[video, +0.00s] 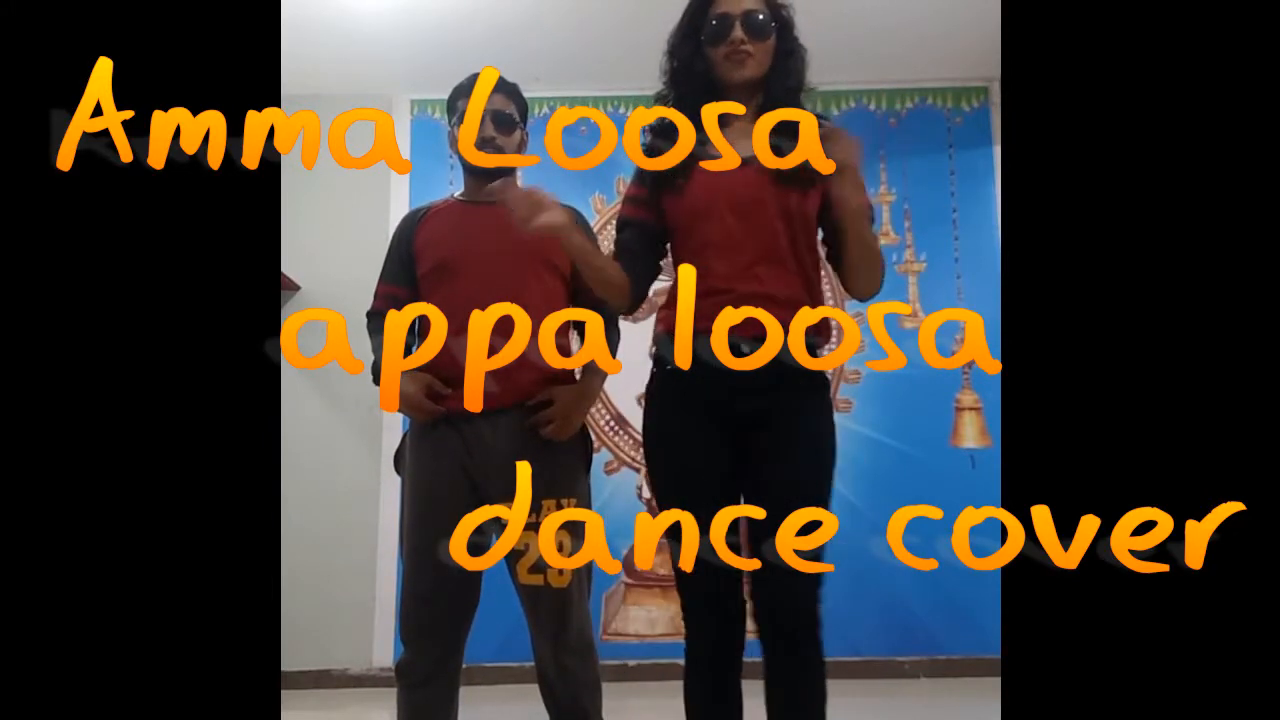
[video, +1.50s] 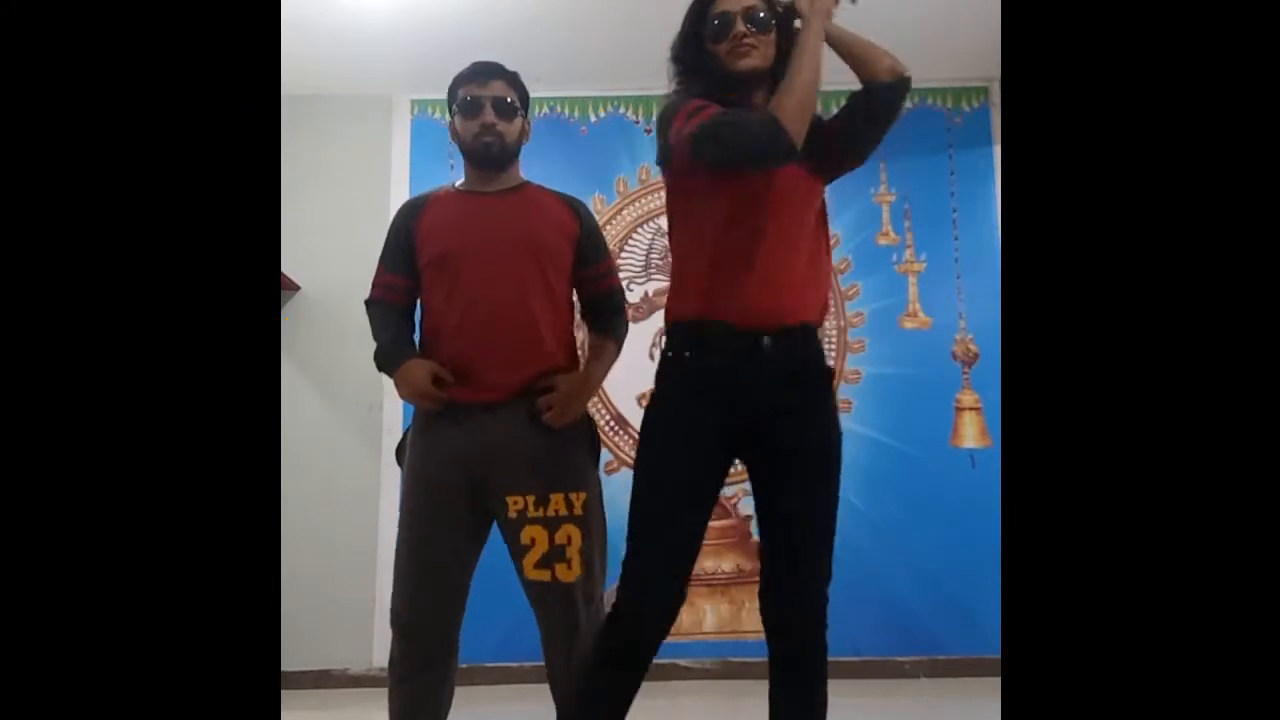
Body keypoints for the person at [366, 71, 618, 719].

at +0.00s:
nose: (490, 131)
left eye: (505, 121)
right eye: (475, 120)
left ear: (524, 137)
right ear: (453, 133)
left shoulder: (561, 222)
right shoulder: (419, 226)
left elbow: (604, 313)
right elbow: (384, 316)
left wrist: (590, 384)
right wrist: (394, 374)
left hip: (542, 437)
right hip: (442, 440)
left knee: (561, 623)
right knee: (430, 623)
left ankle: (579, 719)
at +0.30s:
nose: (490, 131)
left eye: (504, 121)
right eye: (476, 120)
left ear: (523, 137)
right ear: (453, 133)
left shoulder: (565, 222)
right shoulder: (418, 227)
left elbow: (604, 316)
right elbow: (385, 319)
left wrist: (588, 385)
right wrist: (394, 375)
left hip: (543, 439)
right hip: (442, 442)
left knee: (563, 625)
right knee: (429, 627)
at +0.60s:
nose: (490, 123)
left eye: (505, 113)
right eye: (474, 112)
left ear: (524, 129)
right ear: (452, 125)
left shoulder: (563, 215)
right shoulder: (417, 219)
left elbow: (600, 308)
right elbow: (385, 310)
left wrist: (587, 375)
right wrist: (395, 371)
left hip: (543, 432)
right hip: (441, 436)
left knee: (564, 618)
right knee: (424, 619)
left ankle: (584, 719)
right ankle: (419, 719)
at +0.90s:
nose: (488, 122)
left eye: (504, 110)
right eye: (473, 109)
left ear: (524, 128)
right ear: (451, 122)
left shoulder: (564, 213)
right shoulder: (417, 217)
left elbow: (605, 301)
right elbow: (386, 310)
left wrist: (589, 375)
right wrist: (399, 375)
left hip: (546, 432)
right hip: (443, 436)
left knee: (568, 620)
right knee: (429, 623)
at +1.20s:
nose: (490, 115)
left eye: (505, 103)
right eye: (473, 102)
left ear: (523, 120)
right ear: (451, 116)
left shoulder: (567, 209)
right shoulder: (414, 211)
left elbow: (606, 302)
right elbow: (384, 306)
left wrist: (589, 372)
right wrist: (401, 371)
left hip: (550, 432)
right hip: (447, 434)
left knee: (573, 622)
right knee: (433, 627)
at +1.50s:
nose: (489, 117)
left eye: (504, 106)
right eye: (472, 107)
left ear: (525, 125)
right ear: (452, 125)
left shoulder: (569, 215)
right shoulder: (418, 216)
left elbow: (609, 309)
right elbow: (387, 303)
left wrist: (591, 377)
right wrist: (401, 360)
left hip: (548, 432)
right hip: (445, 434)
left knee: (575, 618)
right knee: (420, 619)